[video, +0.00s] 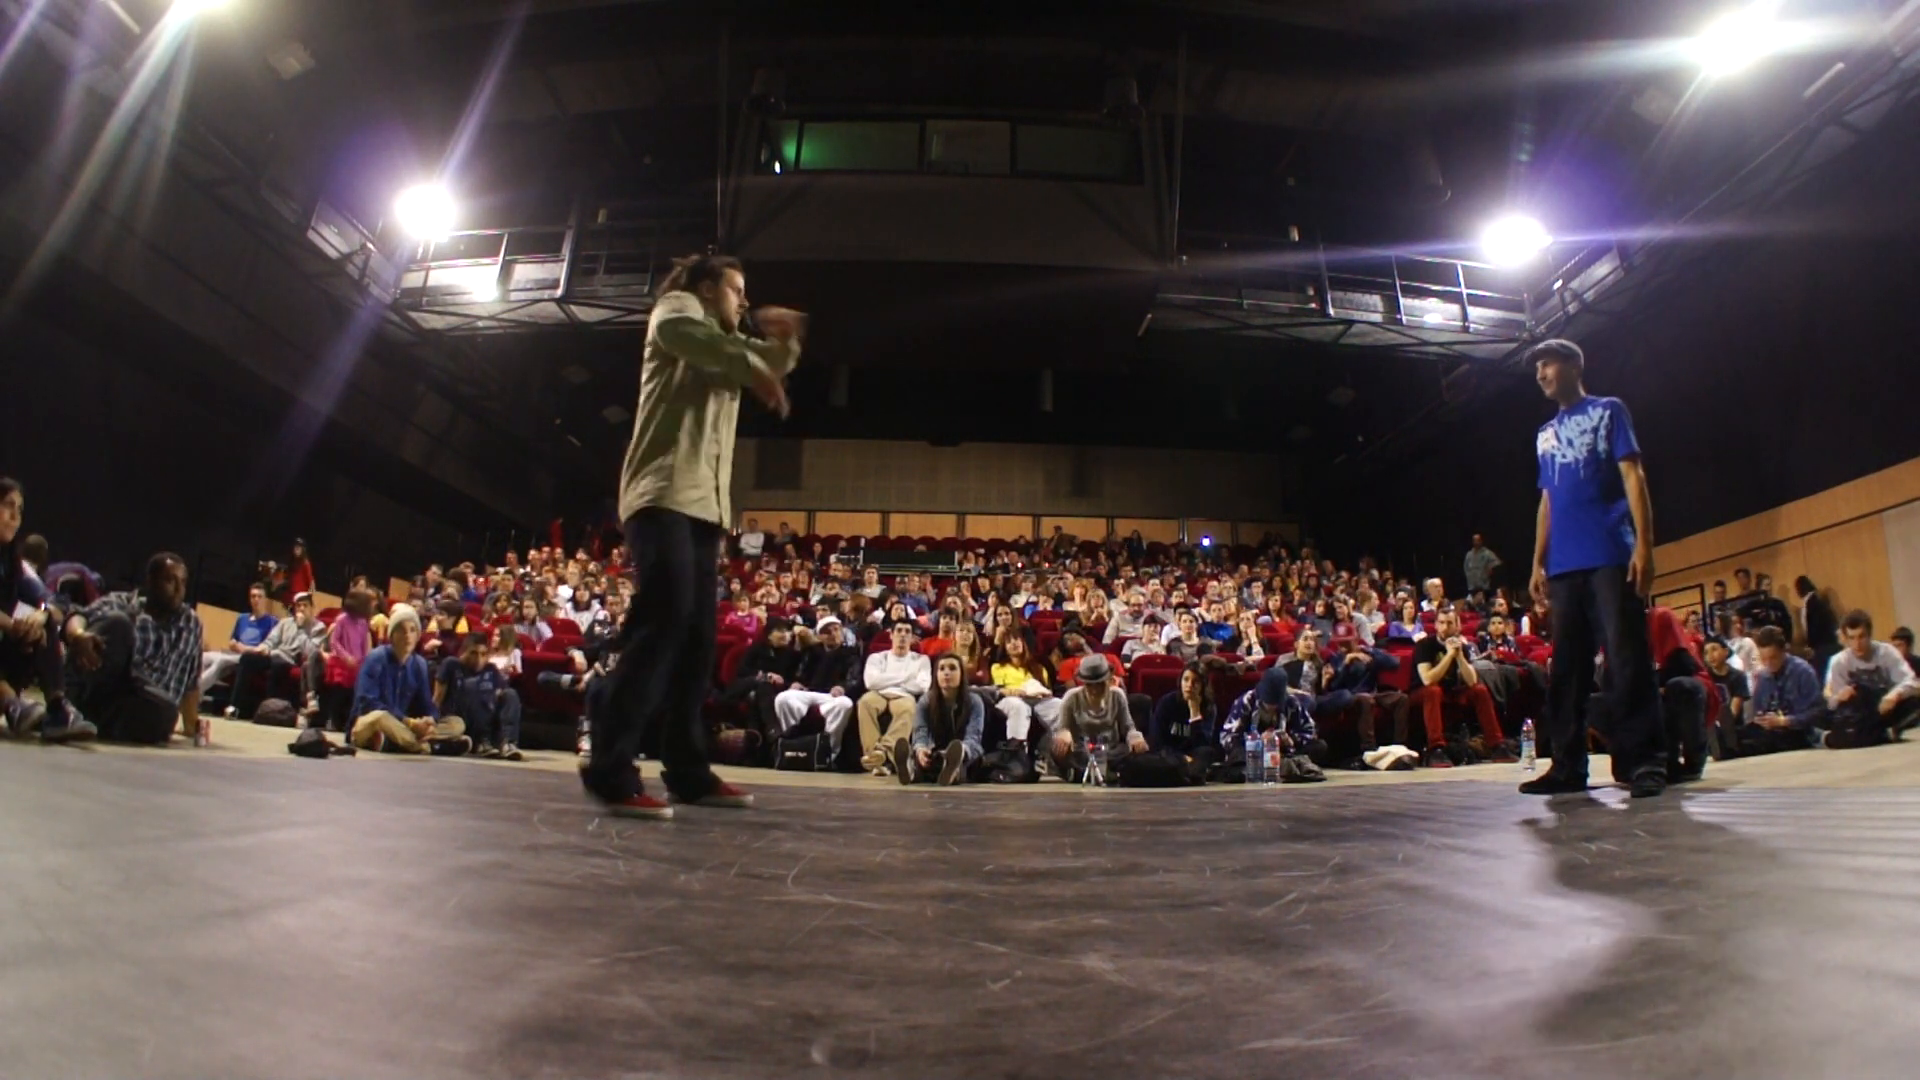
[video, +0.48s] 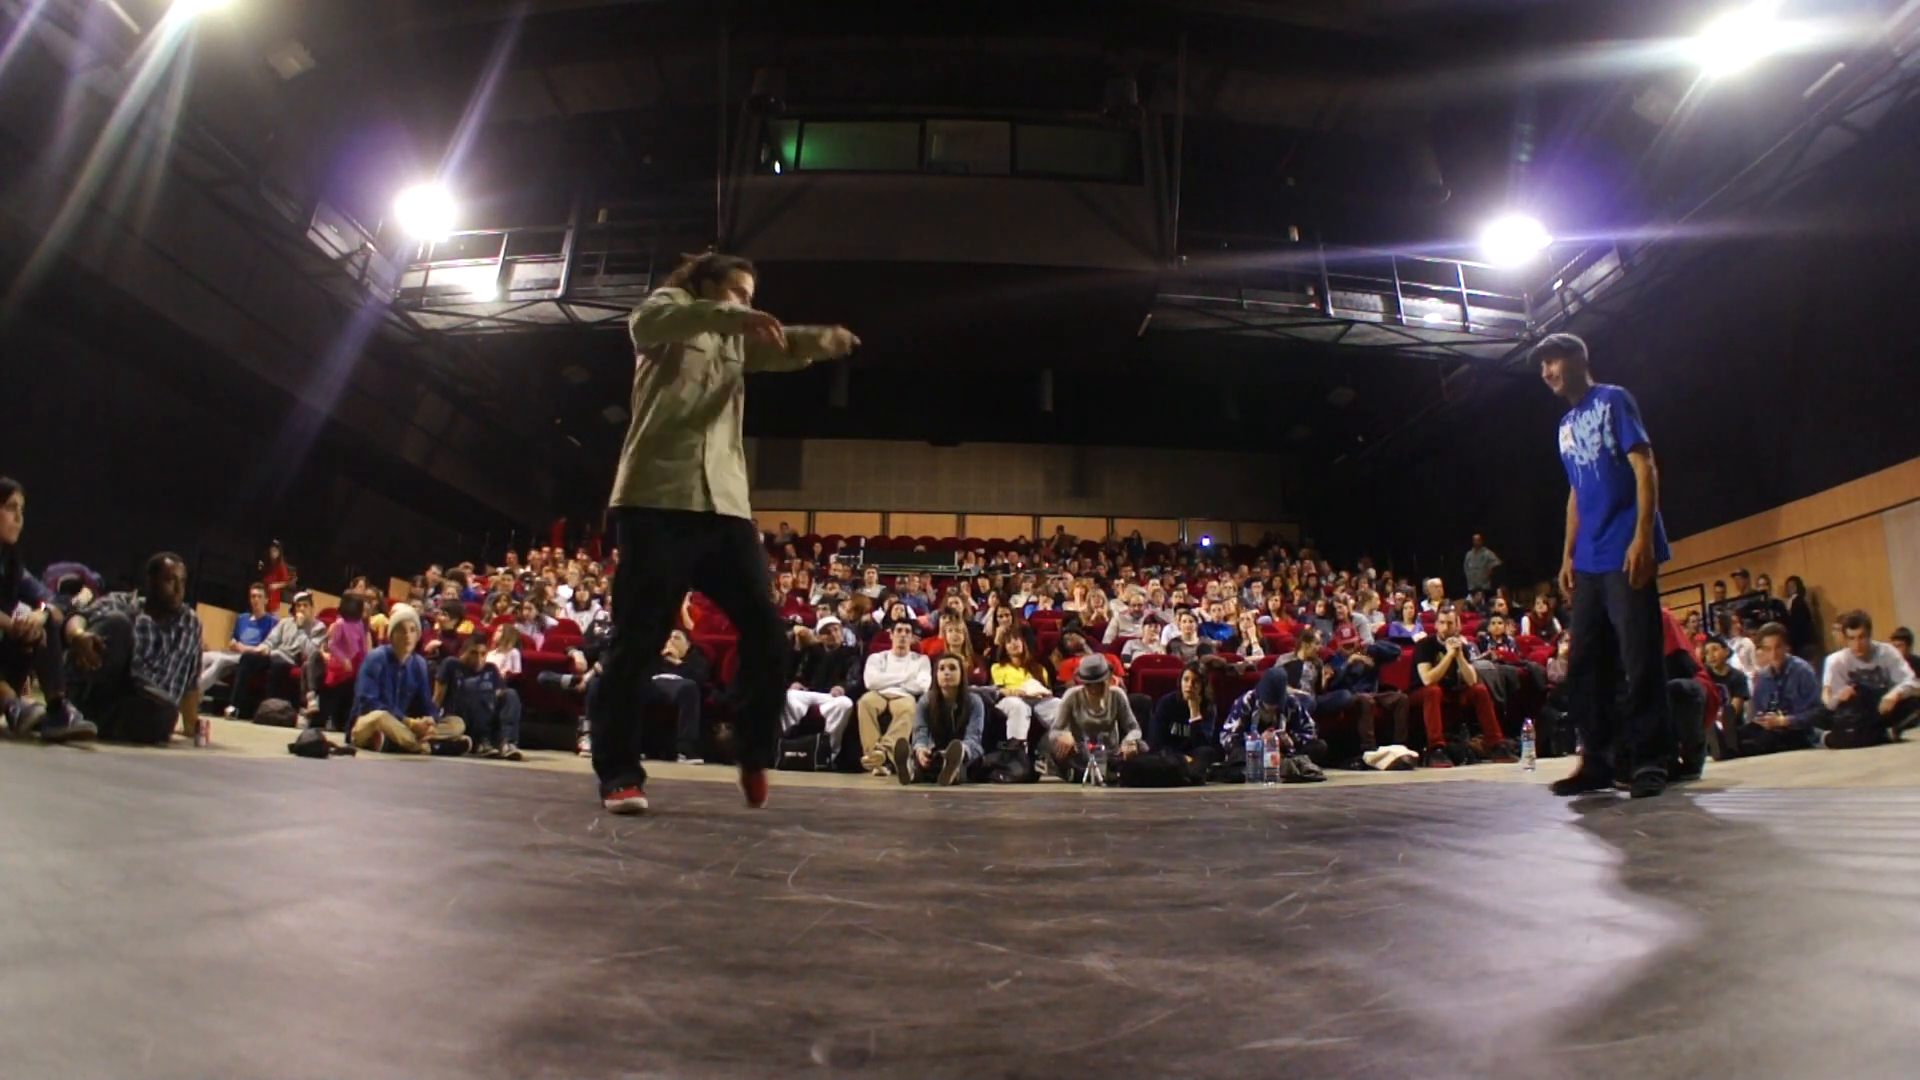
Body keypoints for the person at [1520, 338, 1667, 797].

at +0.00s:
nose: (1541, 374)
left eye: (1548, 364)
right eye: (1538, 368)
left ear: (1575, 366)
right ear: (1540, 378)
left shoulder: (1608, 411)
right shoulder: (1545, 434)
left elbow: (1633, 476)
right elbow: (1547, 500)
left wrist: (1643, 545)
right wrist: (1538, 562)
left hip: (1609, 558)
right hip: (1563, 566)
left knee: (1627, 661)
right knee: (1568, 667)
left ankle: (1645, 764)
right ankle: (1568, 766)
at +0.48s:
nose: (1546, 372)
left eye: (1552, 361)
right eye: (1542, 366)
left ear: (1578, 360)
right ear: (1546, 375)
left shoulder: (1613, 400)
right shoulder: (1565, 427)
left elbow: (1645, 469)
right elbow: (1576, 494)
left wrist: (1643, 539)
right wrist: (1569, 555)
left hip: (1626, 552)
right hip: (1588, 558)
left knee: (1641, 660)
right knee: (1586, 661)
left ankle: (1650, 762)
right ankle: (1596, 761)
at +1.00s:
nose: (1539, 375)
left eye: (1546, 366)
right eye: (1535, 371)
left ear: (1573, 370)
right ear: (1538, 385)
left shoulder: (1610, 403)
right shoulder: (1546, 441)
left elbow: (1641, 466)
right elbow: (1555, 508)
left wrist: (1661, 534)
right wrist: (1554, 572)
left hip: (1629, 544)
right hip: (1587, 557)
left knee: (1636, 643)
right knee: (1596, 657)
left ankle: (1660, 757)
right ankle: (1616, 760)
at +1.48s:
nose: (1568, 361)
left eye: (1576, 352)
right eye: (1565, 357)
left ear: (1605, 354)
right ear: (1569, 369)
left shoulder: (1641, 392)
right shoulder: (1576, 426)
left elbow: (1666, 456)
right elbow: (1583, 495)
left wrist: (1668, 525)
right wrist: (1579, 558)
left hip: (1650, 549)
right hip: (1607, 560)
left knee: (1671, 659)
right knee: (1613, 664)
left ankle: (1691, 763)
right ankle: (1616, 763)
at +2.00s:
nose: (1586, 356)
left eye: (1593, 346)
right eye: (1583, 351)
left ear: (1621, 346)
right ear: (1587, 360)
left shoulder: (1653, 388)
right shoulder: (1594, 418)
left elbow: (1677, 457)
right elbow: (1595, 486)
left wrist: (1683, 530)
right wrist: (1588, 551)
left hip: (1655, 548)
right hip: (1612, 557)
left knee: (1672, 659)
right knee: (1617, 663)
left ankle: (1692, 762)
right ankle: (1623, 763)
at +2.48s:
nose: (1577, 359)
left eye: (1584, 349)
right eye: (1574, 355)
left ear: (1614, 350)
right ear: (1579, 366)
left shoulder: (1650, 393)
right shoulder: (1587, 422)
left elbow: (1673, 464)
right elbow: (1588, 490)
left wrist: (1674, 536)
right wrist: (1580, 554)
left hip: (1648, 551)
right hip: (1603, 560)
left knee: (1668, 661)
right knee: (1612, 665)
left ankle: (1691, 765)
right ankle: (1622, 764)